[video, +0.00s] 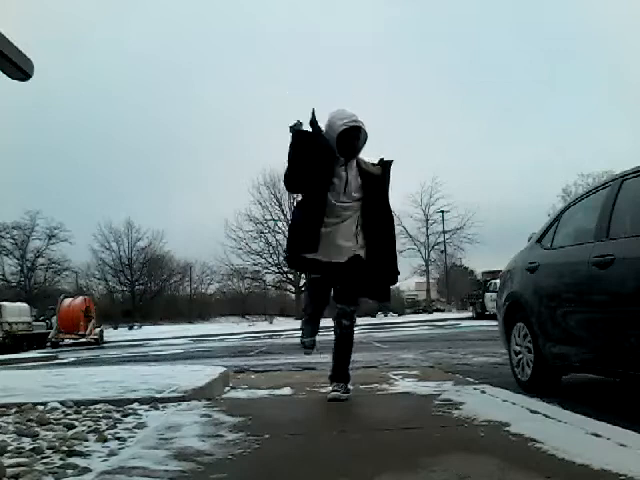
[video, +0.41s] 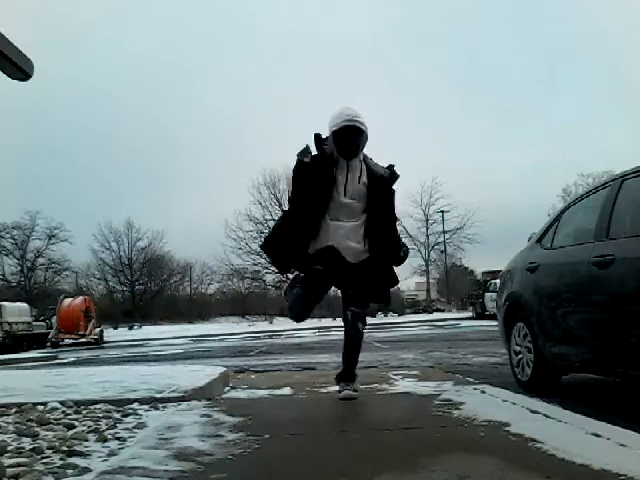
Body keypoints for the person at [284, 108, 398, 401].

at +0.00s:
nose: (353, 142)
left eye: (357, 137)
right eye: (347, 136)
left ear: (362, 139)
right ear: (333, 137)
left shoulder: (371, 173)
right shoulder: (317, 165)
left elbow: (382, 220)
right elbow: (293, 185)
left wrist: (387, 266)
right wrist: (300, 145)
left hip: (353, 255)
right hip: (319, 254)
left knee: (345, 317)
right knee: (315, 306)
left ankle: (340, 381)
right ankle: (309, 328)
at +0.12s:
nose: (355, 134)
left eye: (361, 130)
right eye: (350, 128)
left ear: (365, 135)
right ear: (336, 129)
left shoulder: (371, 170)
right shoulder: (314, 159)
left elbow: (381, 218)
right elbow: (281, 159)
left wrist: (386, 260)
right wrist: (302, 121)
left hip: (357, 254)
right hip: (319, 251)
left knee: (348, 316)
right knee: (311, 294)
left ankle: (341, 378)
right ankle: (311, 317)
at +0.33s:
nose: (353, 129)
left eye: (358, 124)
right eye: (347, 123)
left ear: (365, 127)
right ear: (333, 124)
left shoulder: (377, 167)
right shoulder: (317, 146)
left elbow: (382, 218)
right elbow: (281, 153)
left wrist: (386, 258)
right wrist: (307, 116)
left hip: (357, 246)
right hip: (320, 240)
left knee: (354, 312)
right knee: (297, 299)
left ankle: (349, 379)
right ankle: (313, 294)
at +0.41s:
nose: (351, 140)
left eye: (357, 134)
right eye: (345, 134)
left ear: (365, 137)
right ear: (332, 136)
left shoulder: (377, 176)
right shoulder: (314, 168)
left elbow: (386, 219)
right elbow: (298, 208)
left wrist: (394, 249)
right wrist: (303, 168)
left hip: (360, 255)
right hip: (321, 251)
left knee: (356, 319)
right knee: (298, 312)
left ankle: (347, 380)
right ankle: (296, 284)